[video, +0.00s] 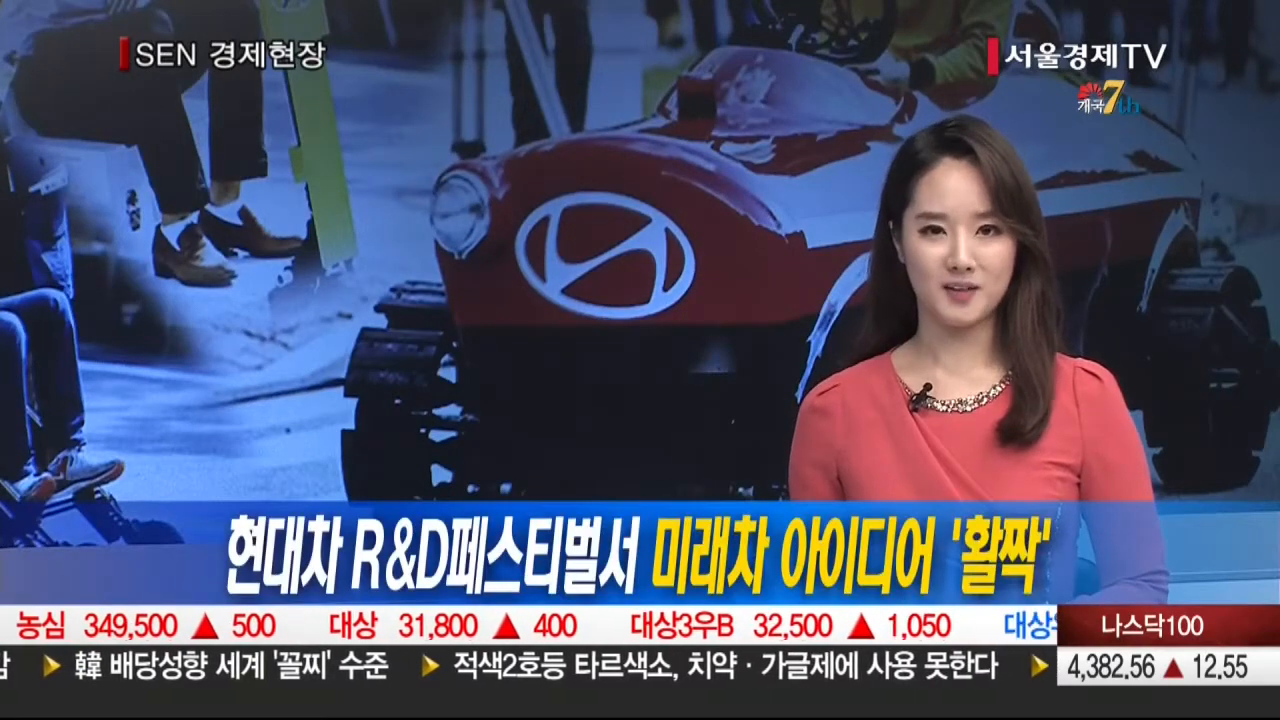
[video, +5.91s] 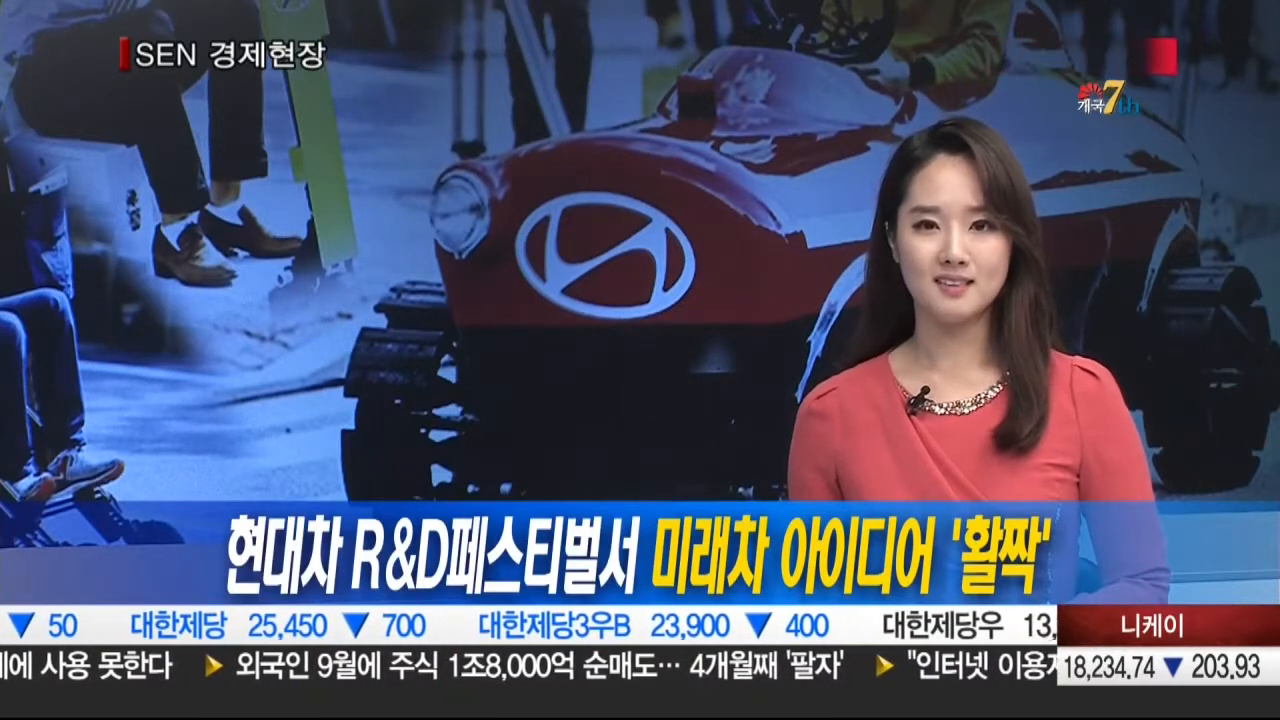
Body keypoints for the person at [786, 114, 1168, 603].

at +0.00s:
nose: (961, 259)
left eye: (988, 229)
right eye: (934, 230)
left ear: (1021, 244)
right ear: (898, 244)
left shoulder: (1086, 398)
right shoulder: (832, 413)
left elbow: (1140, 586)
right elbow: (811, 604)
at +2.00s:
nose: (955, 249)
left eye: (982, 222)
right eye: (927, 222)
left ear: (1016, 242)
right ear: (894, 241)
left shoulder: (1083, 396)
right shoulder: (830, 413)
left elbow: (1142, 581)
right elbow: (811, 603)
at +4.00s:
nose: (953, 253)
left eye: (981, 226)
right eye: (926, 225)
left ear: (1014, 244)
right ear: (892, 242)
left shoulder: (1083, 397)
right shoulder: (829, 415)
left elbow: (1142, 583)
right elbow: (812, 603)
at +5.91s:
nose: (954, 252)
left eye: (981, 225)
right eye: (926, 225)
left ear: (1016, 243)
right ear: (893, 243)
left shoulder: (1084, 396)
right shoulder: (830, 415)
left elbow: (1143, 581)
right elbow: (810, 604)